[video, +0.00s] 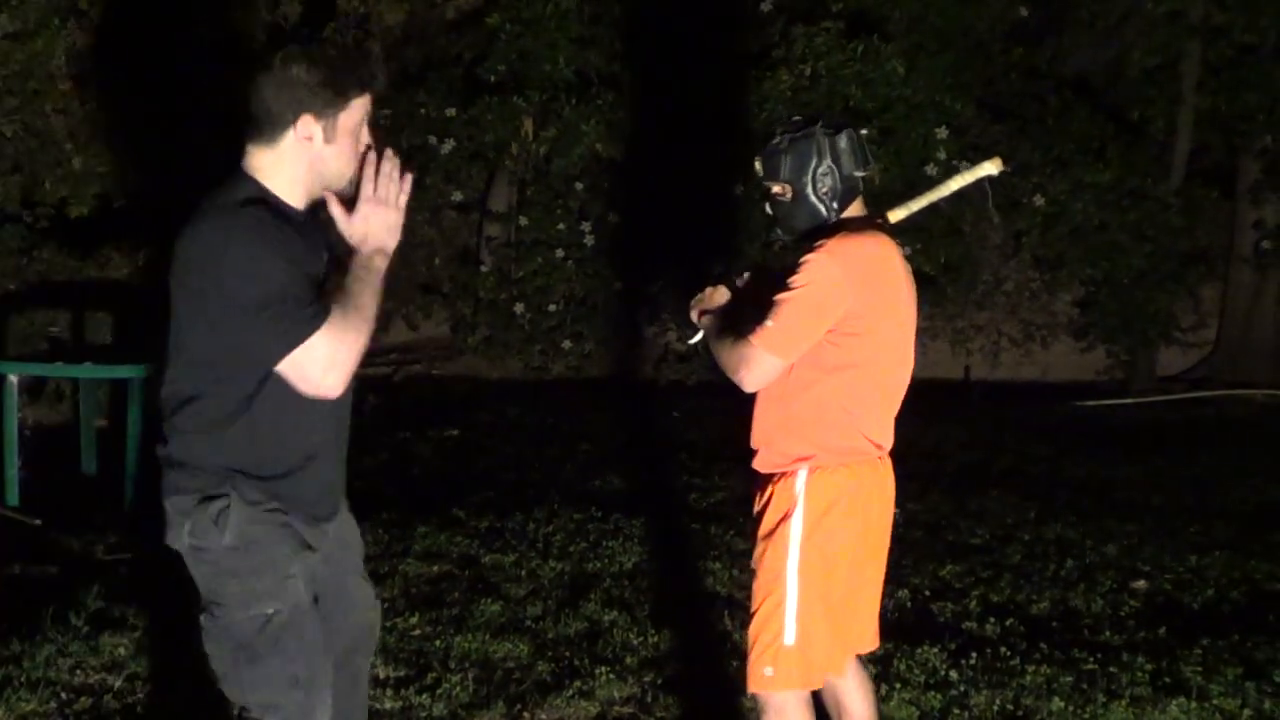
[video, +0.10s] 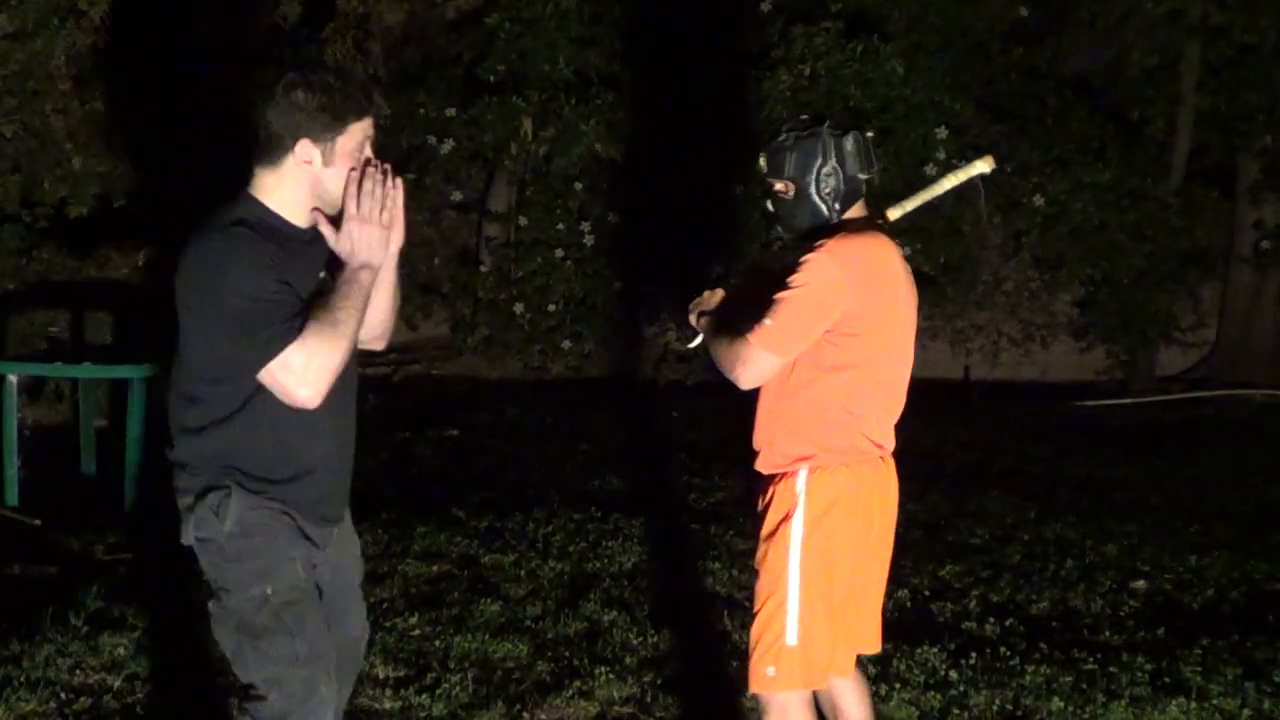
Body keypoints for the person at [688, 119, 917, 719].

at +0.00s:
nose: (775, 206)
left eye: (782, 192)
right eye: (772, 192)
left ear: (820, 188)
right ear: (840, 185)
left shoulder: (836, 262)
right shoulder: (881, 257)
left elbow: (750, 369)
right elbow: (815, 343)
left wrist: (714, 323)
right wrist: (742, 308)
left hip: (815, 487)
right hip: (857, 482)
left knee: (777, 680)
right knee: (835, 661)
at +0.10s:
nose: (775, 200)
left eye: (783, 187)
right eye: (773, 187)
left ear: (821, 185)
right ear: (843, 182)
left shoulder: (836, 262)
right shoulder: (883, 258)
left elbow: (746, 366)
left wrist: (711, 324)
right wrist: (738, 310)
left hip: (817, 488)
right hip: (861, 483)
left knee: (779, 682)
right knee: (834, 666)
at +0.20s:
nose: (777, 198)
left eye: (786, 184)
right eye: (776, 183)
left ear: (821, 185)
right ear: (850, 186)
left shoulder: (825, 261)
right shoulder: (895, 268)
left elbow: (728, 354)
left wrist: (705, 329)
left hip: (818, 487)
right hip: (873, 485)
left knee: (773, 680)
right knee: (835, 670)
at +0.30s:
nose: (774, 198)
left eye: (781, 186)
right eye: (774, 185)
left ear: (812, 190)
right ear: (853, 192)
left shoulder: (799, 263)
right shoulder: (903, 276)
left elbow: (699, 330)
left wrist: (756, 281)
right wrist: (875, 250)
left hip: (815, 492)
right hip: (878, 488)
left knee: (755, 679)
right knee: (832, 673)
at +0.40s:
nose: (764, 201)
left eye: (770, 191)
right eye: (765, 189)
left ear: (791, 199)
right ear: (846, 197)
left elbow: (697, 309)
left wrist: (765, 277)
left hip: (804, 500)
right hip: (871, 494)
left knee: (727, 679)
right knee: (819, 665)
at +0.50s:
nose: (747, 202)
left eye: (753, 192)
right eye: (750, 190)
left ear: (773, 202)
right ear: (828, 200)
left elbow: (694, 322)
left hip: (789, 502)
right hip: (854, 496)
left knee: (696, 676)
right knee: (808, 663)